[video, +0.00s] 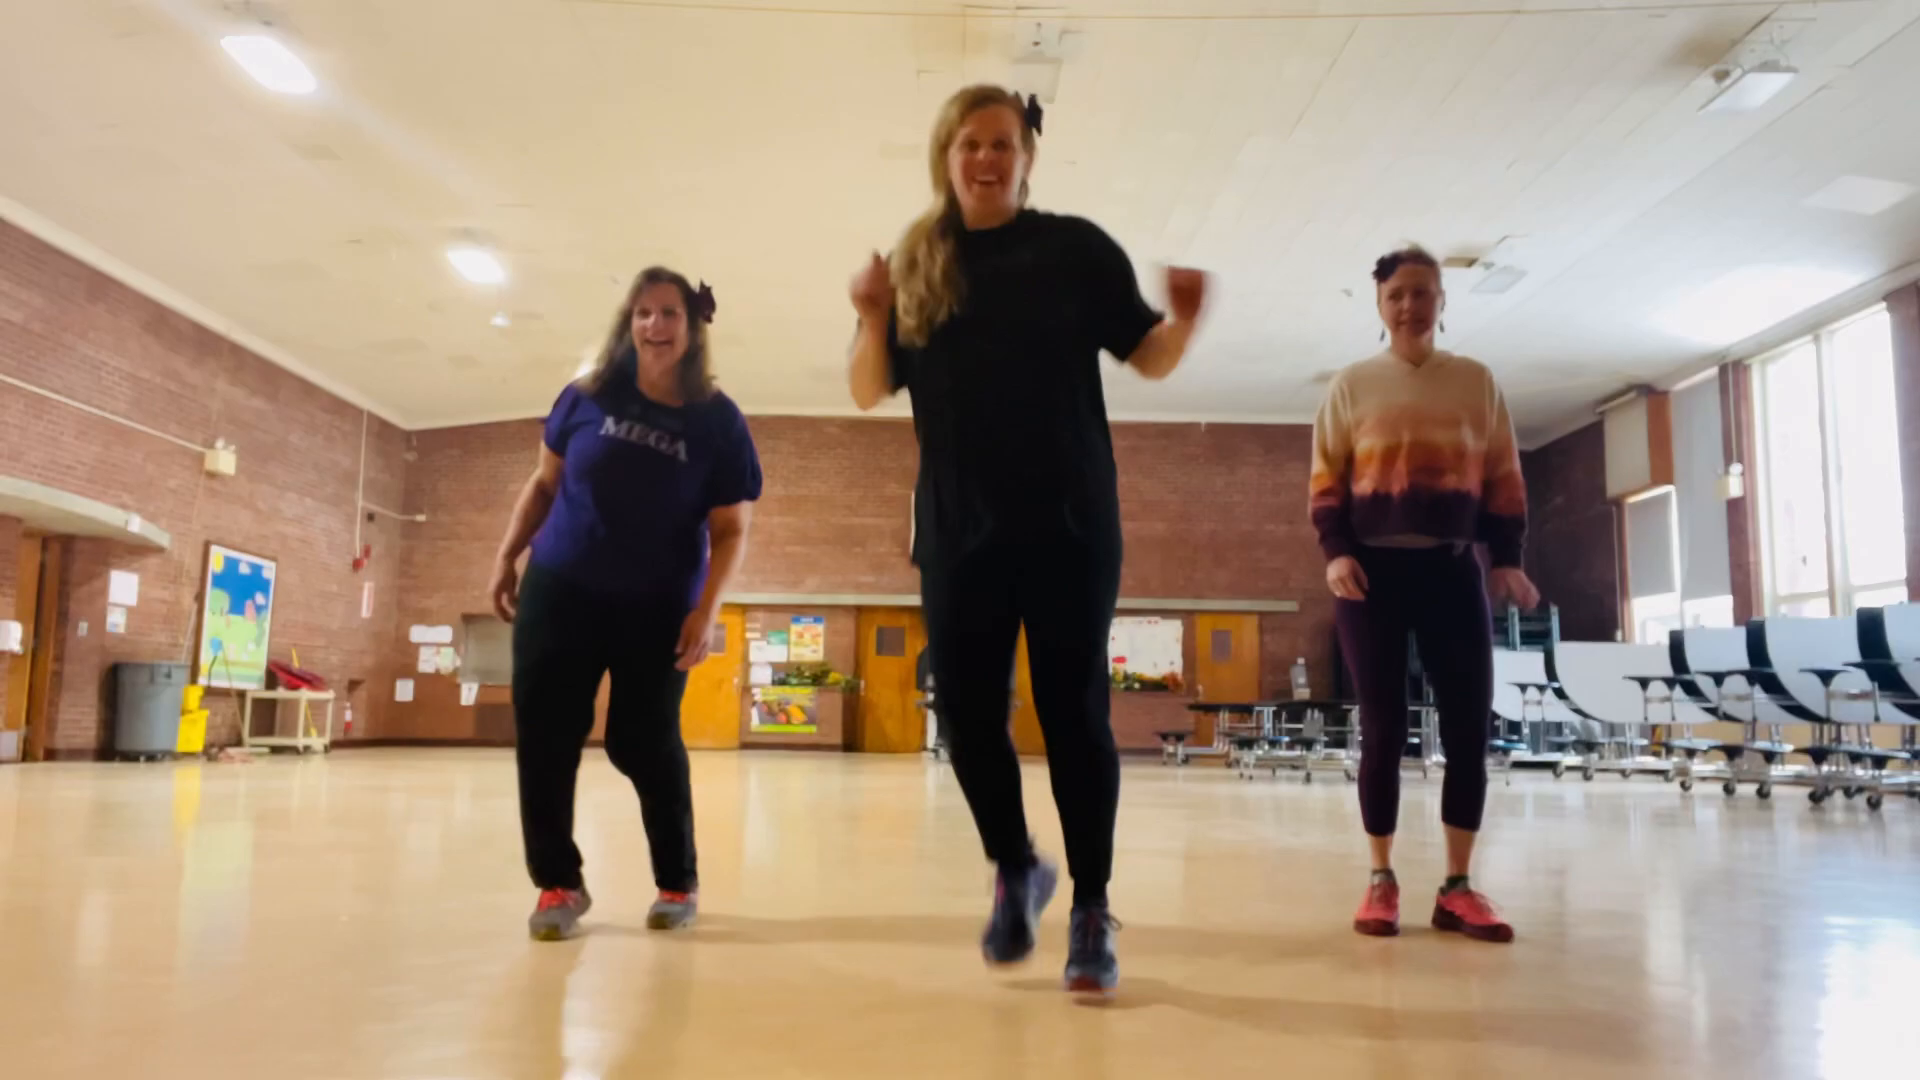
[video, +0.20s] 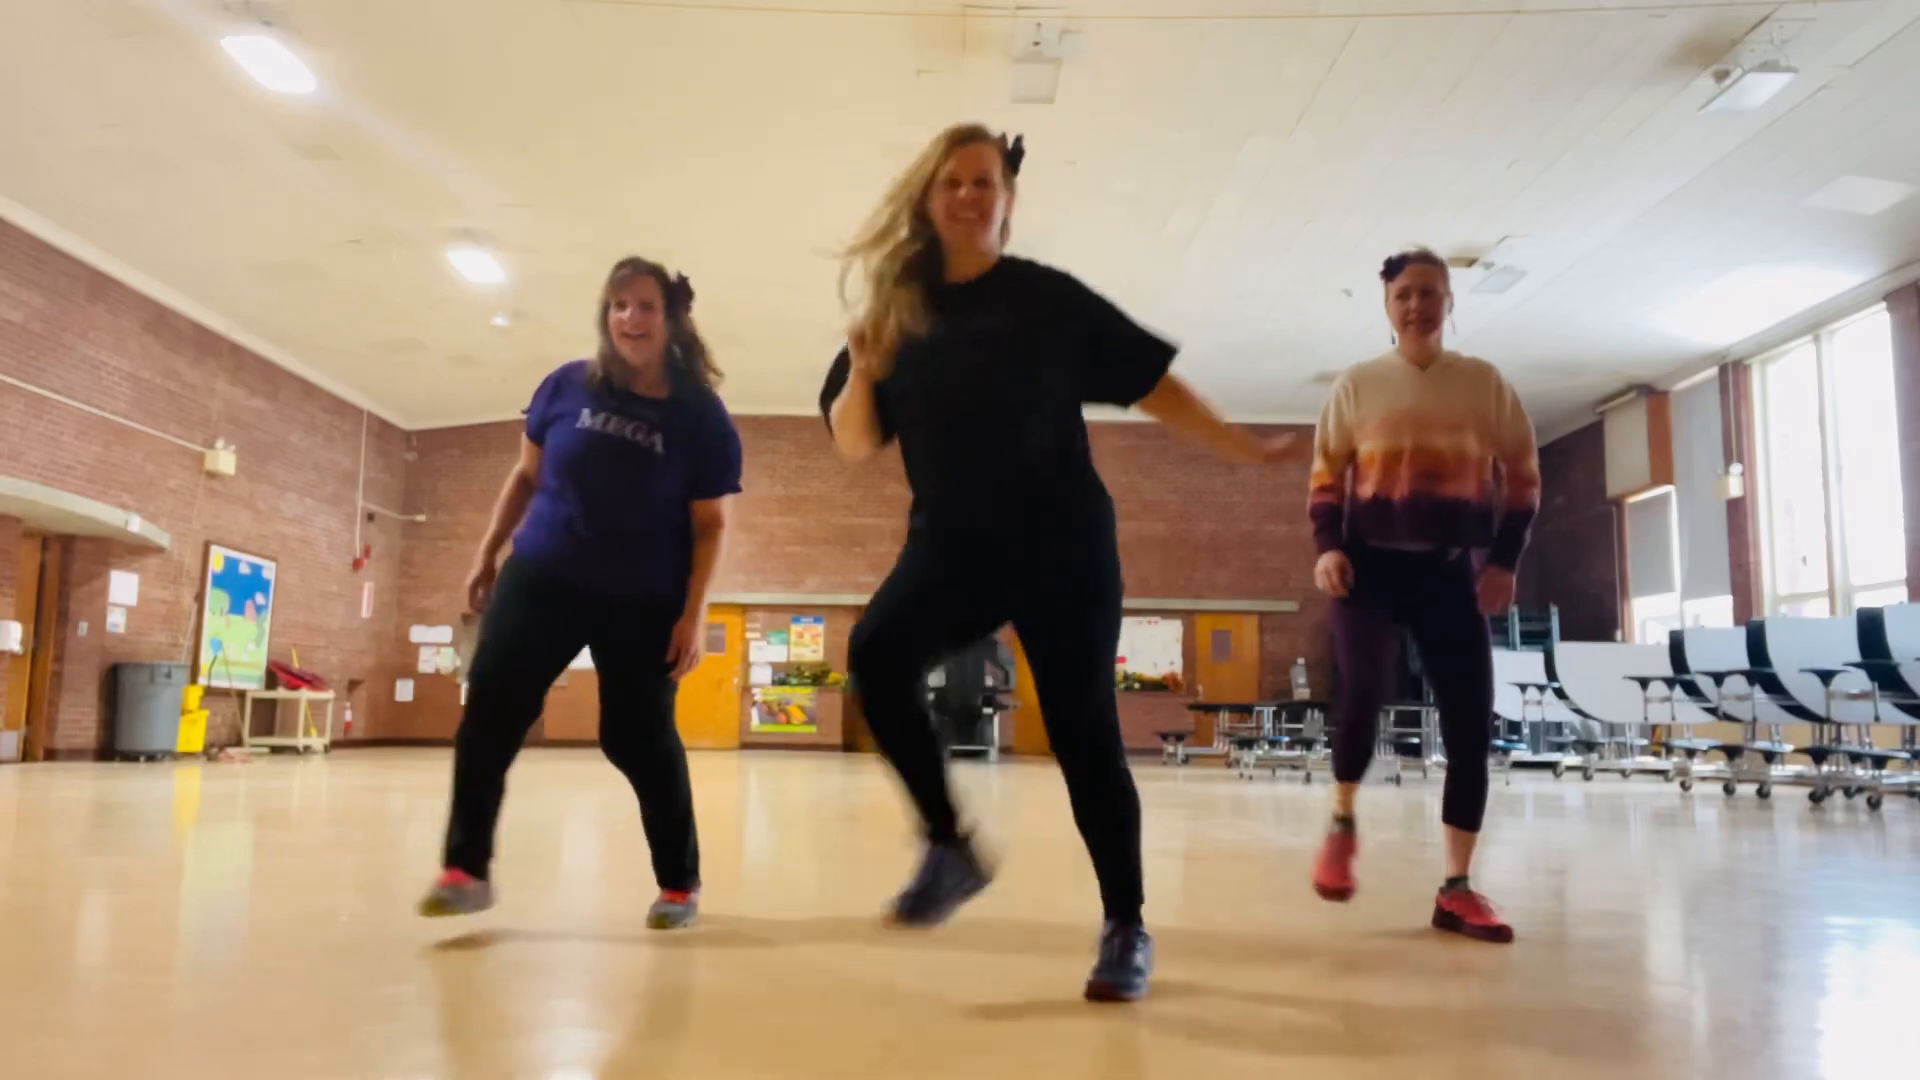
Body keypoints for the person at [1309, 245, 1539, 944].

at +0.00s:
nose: (1412, 305)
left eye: (1422, 293)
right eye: (1398, 294)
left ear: (1441, 301)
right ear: (1379, 304)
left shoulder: (1476, 381)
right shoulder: (1349, 387)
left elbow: (1505, 479)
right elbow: (1326, 484)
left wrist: (1507, 560)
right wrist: (1335, 552)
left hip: (1454, 576)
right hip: (1373, 576)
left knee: (1468, 731)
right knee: (1382, 730)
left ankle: (1457, 888)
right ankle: (1381, 881)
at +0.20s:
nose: (1417, 305)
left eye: (1429, 294)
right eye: (1404, 295)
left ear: (1448, 302)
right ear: (1386, 306)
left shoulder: (1485, 385)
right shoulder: (1355, 387)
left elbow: (1524, 479)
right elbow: (1326, 476)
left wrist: (1502, 561)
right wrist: (1327, 545)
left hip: (1449, 573)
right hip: (1367, 570)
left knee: (1470, 726)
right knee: (1361, 694)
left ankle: (1457, 886)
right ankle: (1342, 823)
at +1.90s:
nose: (1165, 311)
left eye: (1174, 304)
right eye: (1154, 301)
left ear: (1184, 319)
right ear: (1130, 315)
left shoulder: (1199, 389)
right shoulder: (1096, 384)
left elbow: (1230, 473)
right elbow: (1058, 455)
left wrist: (1215, 422)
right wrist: (1130, 439)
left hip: (1177, 565)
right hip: (1106, 567)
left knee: (1230, 698)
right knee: (1104, 722)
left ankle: (1213, 772)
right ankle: (1102, 862)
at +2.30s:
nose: (1287, 327)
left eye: (1296, 318)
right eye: (1275, 317)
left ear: (1306, 333)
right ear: (1249, 331)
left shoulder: (1330, 418)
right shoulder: (1218, 413)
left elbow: (1350, 514)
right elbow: (1185, 507)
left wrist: (1364, 597)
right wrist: (1174, 588)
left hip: (1293, 595)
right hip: (1219, 590)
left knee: (1355, 723)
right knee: (1167, 727)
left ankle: (1366, 884)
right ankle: (1108, 863)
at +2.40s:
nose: (1326, 314)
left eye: (1334, 304)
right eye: (1314, 304)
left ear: (1344, 318)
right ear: (1287, 317)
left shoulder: (1369, 399)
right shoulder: (1254, 399)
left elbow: (1390, 499)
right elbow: (1208, 494)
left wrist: (1393, 582)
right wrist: (1204, 569)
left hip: (1339, 578)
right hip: (1263, 574)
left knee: (1375, 721)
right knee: (1208, 688)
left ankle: (1367, 882)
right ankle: (1180, 831)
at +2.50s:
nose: (1353, 307)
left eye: (1361, 298)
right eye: (1340, 297)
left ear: (1373, 311)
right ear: (1315, 309)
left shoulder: (1401, 388)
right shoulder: (1281, 391)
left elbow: (1441, 465)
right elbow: (1221, 462)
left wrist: (1430, 542)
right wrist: (1231, 527)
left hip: (1371, 569)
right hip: (1295, 565)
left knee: (1390, 724)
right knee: (1246, 701)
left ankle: (1372, 880)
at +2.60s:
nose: (1374, 309)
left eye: (1384, 300)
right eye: (1362, 299)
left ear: (1397, 314)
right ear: (1339, 312)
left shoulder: (1426, 387)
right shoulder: (1308, 389)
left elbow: (1477, 447)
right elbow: (1242, 440)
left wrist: (1469, 521)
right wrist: (1257, 500)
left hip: (1395, 565)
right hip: (1320, 565)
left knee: (1406, 723)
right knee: (1306, 717)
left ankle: (1374, 877)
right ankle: (1373, 794)